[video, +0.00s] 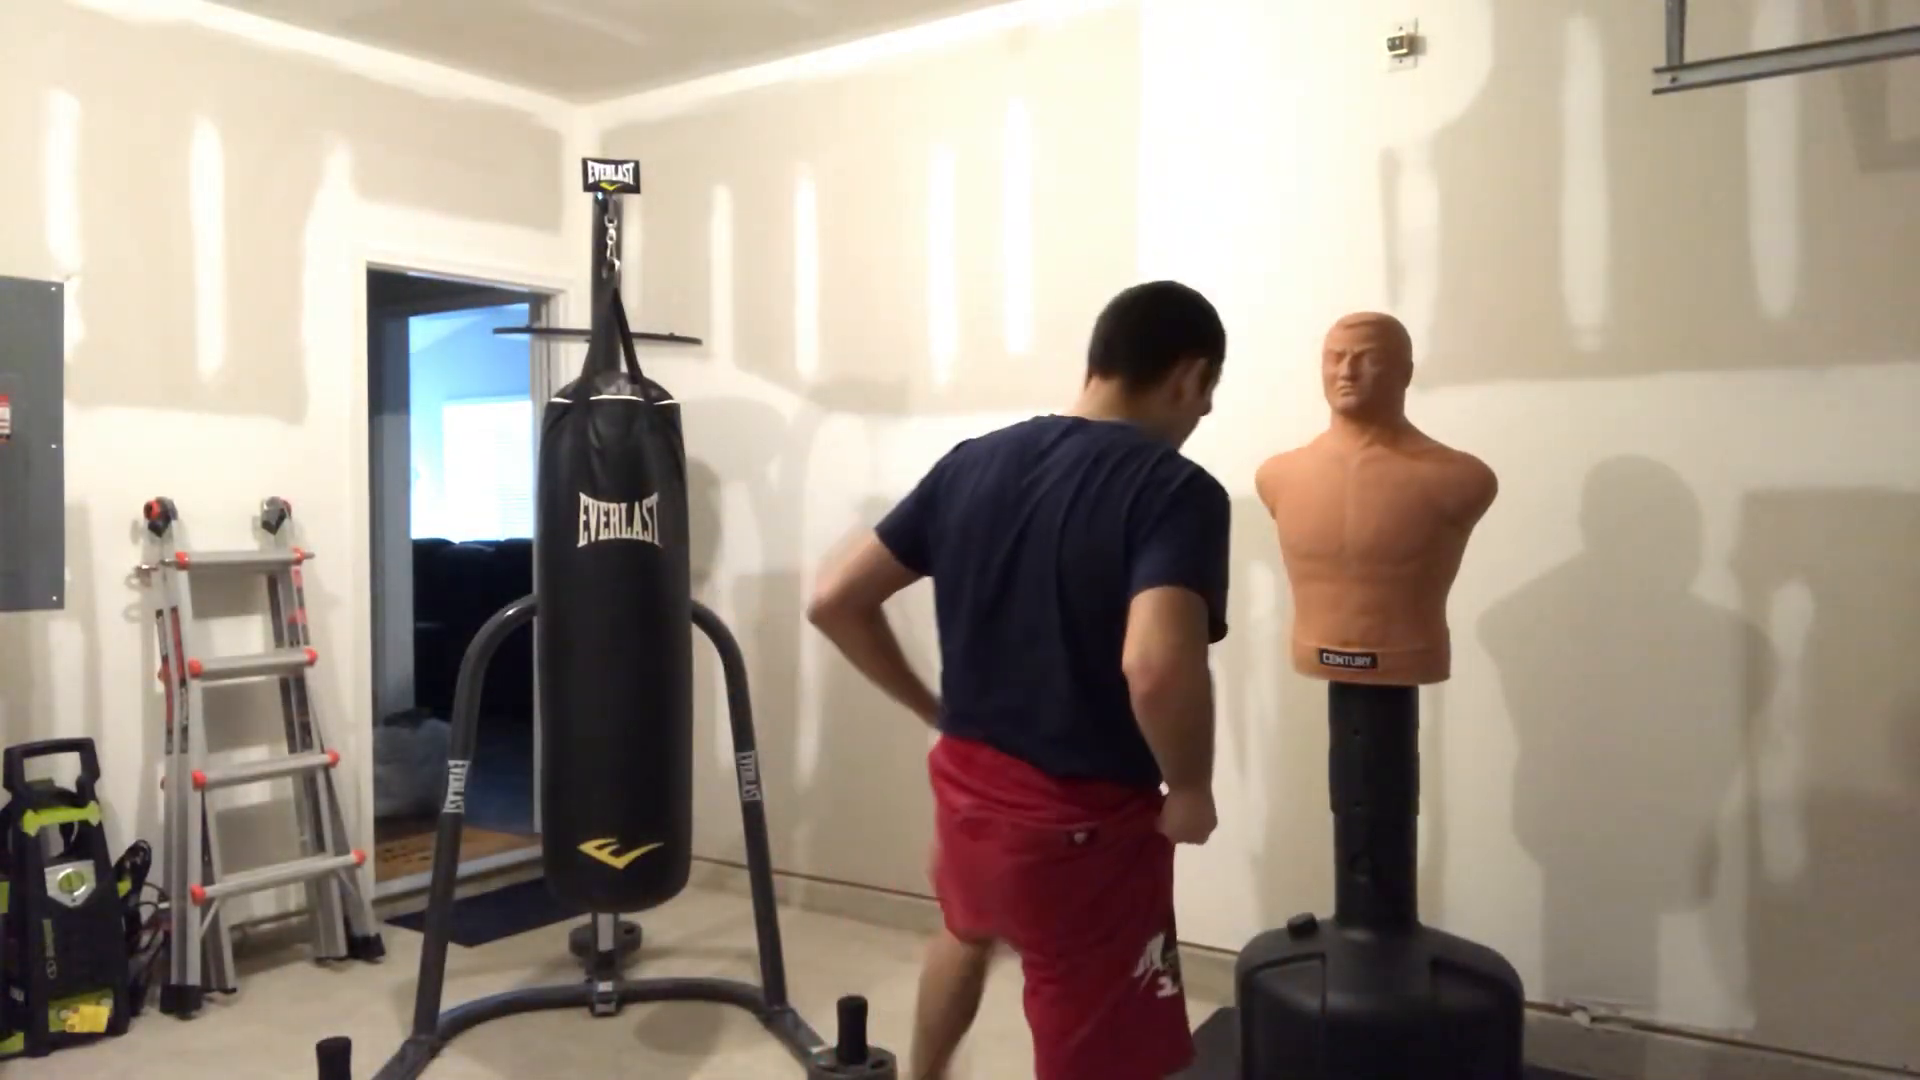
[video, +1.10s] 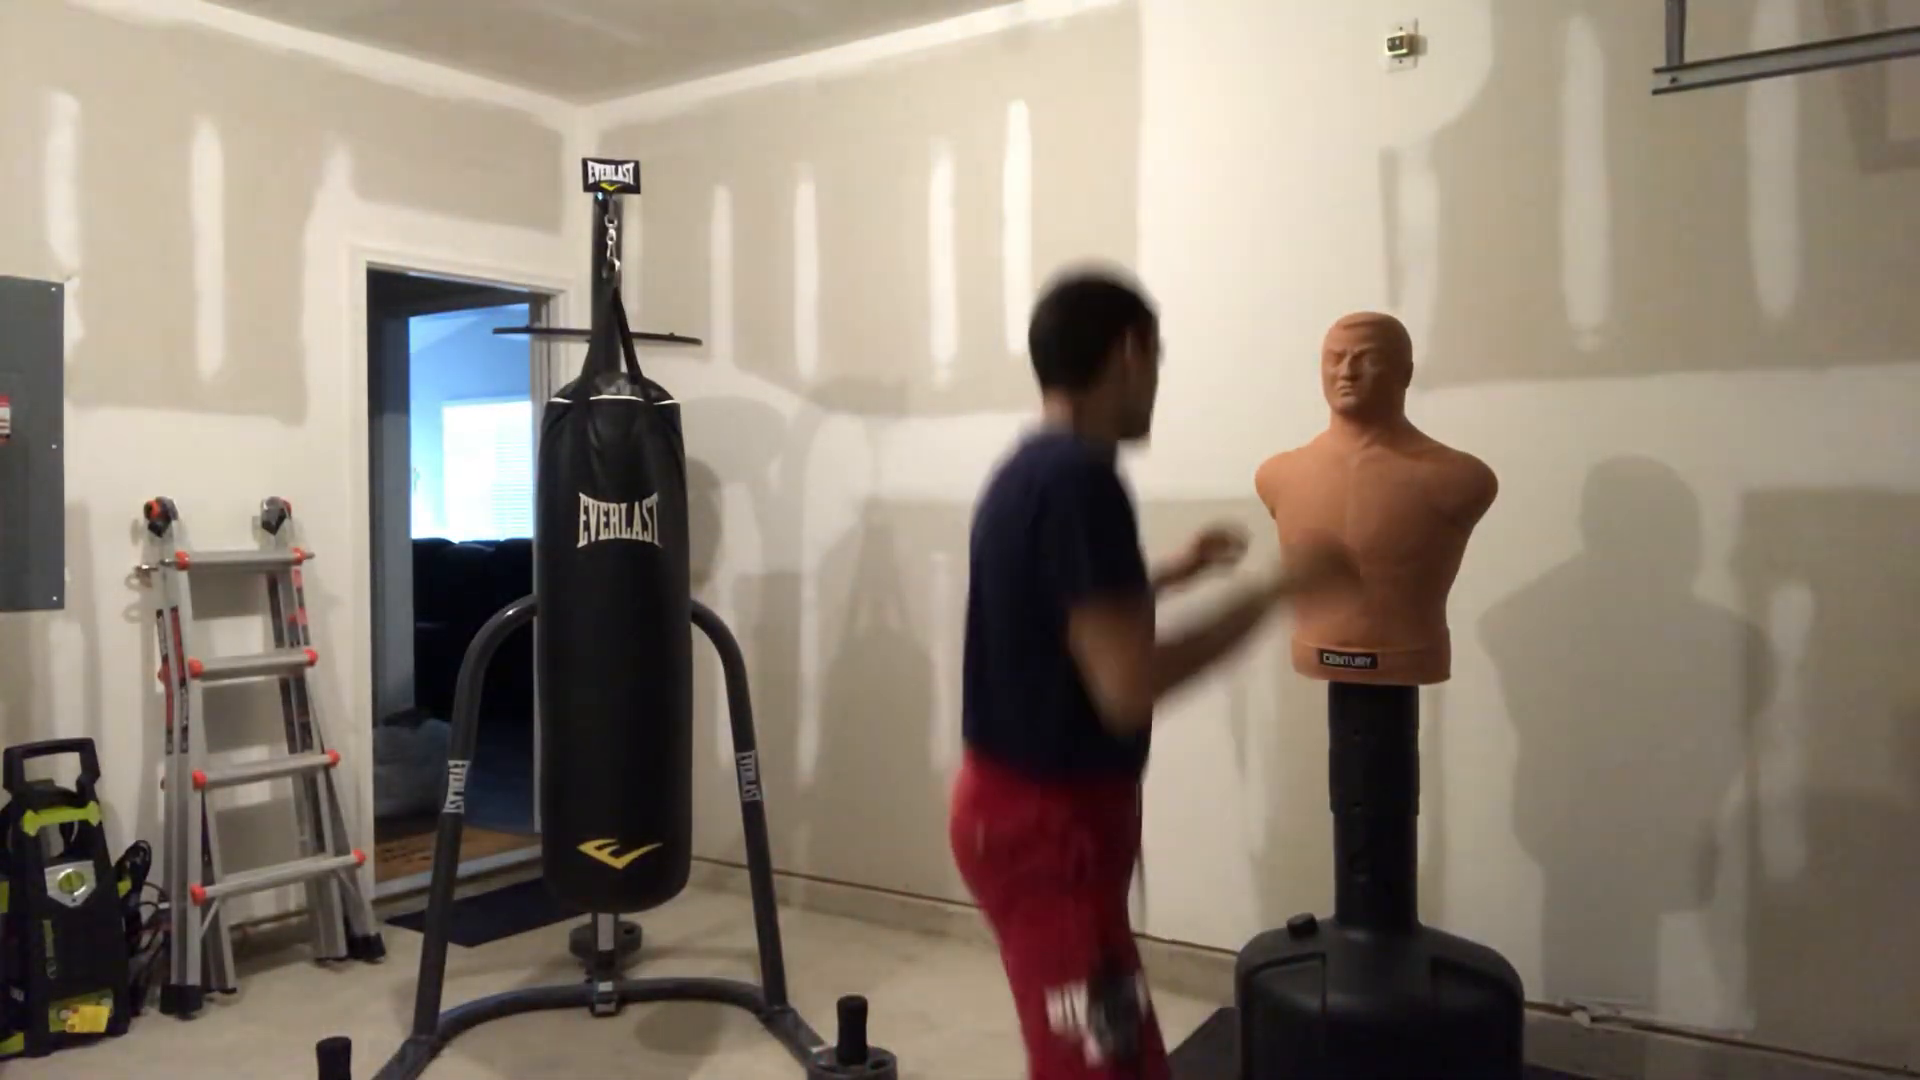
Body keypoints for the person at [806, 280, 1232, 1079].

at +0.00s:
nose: (1204, 411)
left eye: (1212, 392)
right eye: (1209, 389)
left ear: (1097, 363)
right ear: (1186, 378)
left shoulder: (979, 461)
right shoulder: (1175, 488)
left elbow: (837, 602)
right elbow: (1157, 666)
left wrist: (935, 710)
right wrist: (1189, 789)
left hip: (966, 801)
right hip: (1082, 839)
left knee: (962, 935)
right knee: (1100, 1063)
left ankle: (921, 1073)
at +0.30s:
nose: (1232, 418)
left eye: (1241, 399)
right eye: (1240, 396)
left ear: (1133, 360)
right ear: (1218, 379)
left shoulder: (1023, 456)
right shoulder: (1178, 492)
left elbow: (894, 587)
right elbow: (1121, 667)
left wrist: (979, 673)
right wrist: (1174, 777)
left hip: (994, 774)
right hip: (1083, 807)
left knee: (1053, 945)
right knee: (1107, 1049)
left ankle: (1034, 1068)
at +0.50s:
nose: (1231, 469)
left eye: (1236, 448)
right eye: (1232, 445)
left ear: (1135, 425)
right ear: (1196, 436)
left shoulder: (1069, 511)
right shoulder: (1118, 546)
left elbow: (963, 645)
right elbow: (1027, 729)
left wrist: (1044, 737)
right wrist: (1134, 831)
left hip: (1031, 833)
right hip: (1076, 855)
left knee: (1114, 1045)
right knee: (1189, 1060)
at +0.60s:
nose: (1213, 404)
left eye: (1215, 383)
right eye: (1210, 380)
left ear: (1122, 373)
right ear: (1177, 379)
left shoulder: (1082, 476)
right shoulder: (1093, 490)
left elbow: (978, 652)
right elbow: (992, 668)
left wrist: (1110, 753)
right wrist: (1122, 777)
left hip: (1061, 795)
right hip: (1075, 804)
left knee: (1089, 1026)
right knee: (1165, 1050)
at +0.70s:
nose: (1198, 338)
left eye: (1199, 315)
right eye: (1193, 313)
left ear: (1104, 309)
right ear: (1156, 313)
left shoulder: (1068, 408)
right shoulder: (1089, 418)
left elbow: (1001, 575)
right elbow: (992, 583)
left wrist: (1129, 678)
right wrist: (1131, 681)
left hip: (1062, 726)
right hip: (1075, 734)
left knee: (1073, 985)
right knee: (1142, 1016)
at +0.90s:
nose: (1165, 397)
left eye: (1161, 377)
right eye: (1157, 377)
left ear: (1069, 386)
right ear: (1126, 382)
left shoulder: (1050, 480)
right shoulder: (1072, 492)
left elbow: (1062, 612)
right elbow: (1047, 677)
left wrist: (1169, 606)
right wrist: (1213, 686)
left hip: (1055, 776)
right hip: (1070, 789)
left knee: (1083, 1034)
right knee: (1116, 1042)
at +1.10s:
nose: (1156, 379)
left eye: (1156, 357)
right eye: (1154, 356)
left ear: (1051, 361)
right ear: (1126, 354)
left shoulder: (1030, 470)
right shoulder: (1078, 479)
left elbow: (1056, 612)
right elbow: (1128, 685)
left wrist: (1169, 572)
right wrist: (1269, 593)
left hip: (1020, 806)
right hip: (1052, 819)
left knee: (1088, 1052)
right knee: (1101, 1058)